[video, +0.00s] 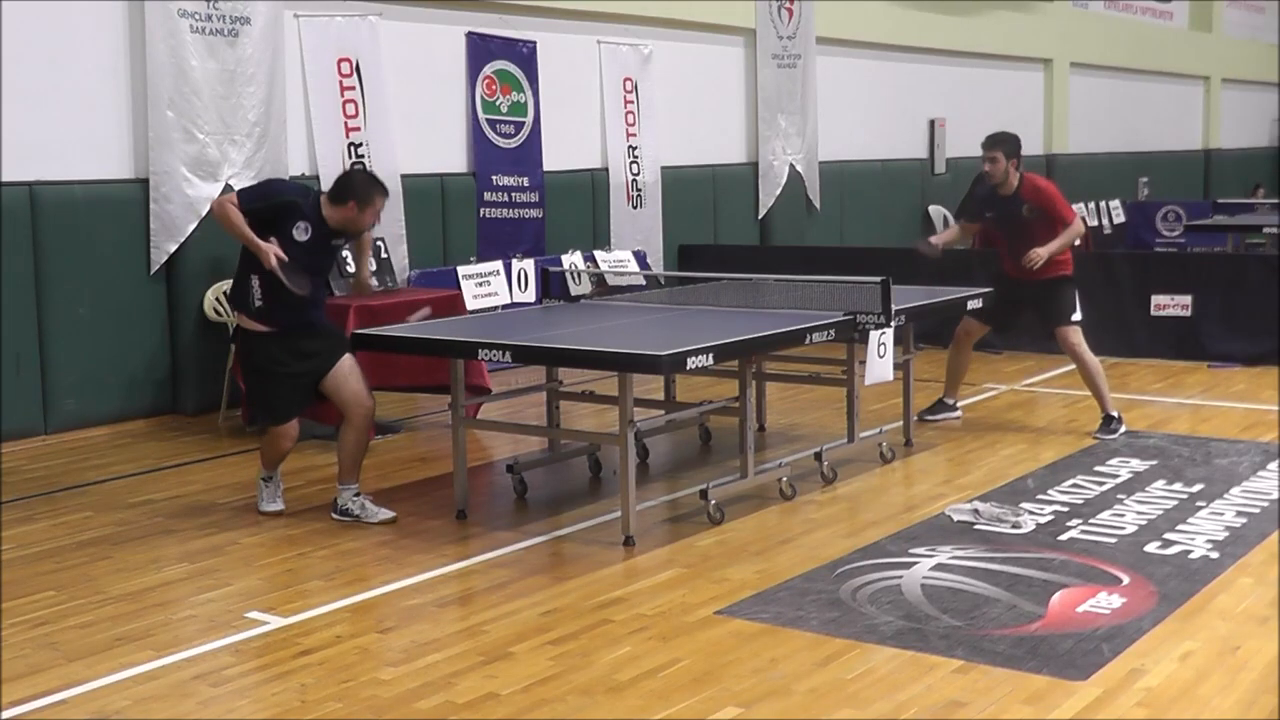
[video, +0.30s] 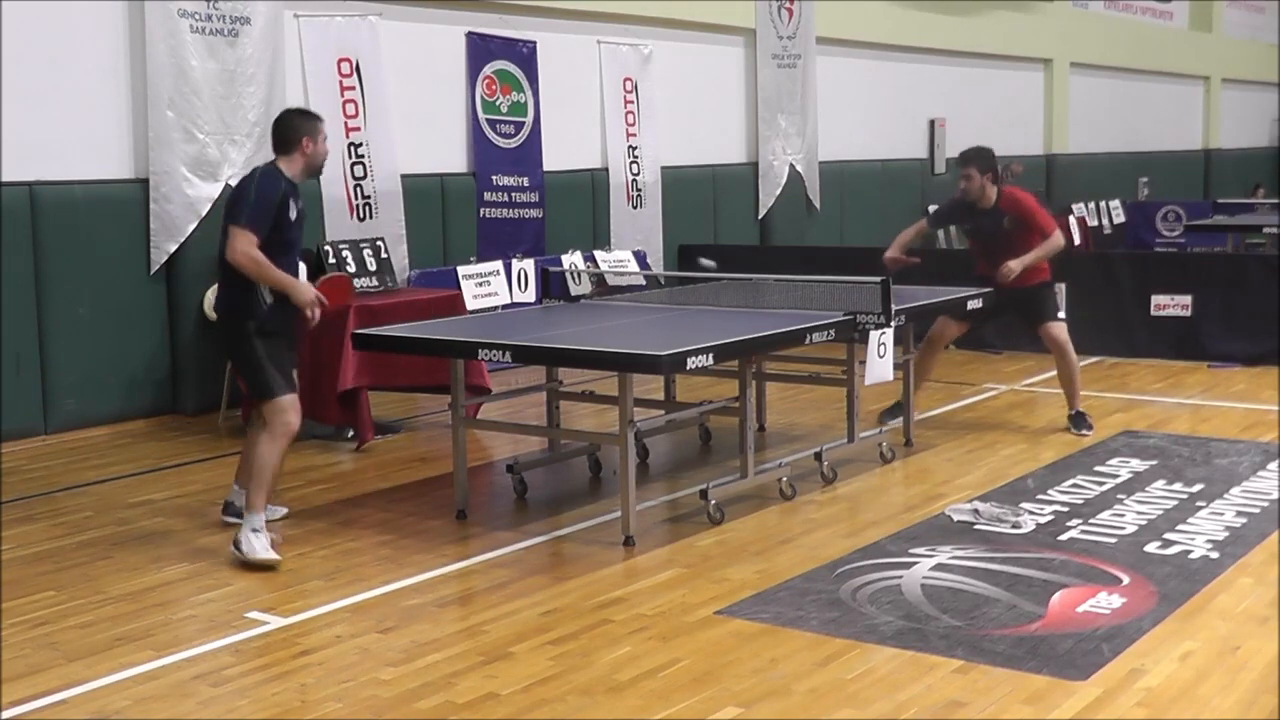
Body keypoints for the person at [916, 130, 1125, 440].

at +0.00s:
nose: (986, 167)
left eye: (993, 161)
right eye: (984, 161)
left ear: (1014, 162)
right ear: (984, 161)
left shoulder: (1041, 189)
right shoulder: (984, 192)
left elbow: (1077, 227)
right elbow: (965, 229)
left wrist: (1047, 250)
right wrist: (939, 239)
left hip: (1054, 281)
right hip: (1011, 281)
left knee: (1072, 341)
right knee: (964, 334)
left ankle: (1111, 415)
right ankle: (949, 401)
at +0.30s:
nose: (961, 186)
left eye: (967, 179)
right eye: (960, 179)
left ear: (988, 177)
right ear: (962, 178)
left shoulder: (1019, 202)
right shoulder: (961, 206)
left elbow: (1058, 240)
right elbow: (920, 229)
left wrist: (1022, 262)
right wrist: (893, 250)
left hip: (1033, 287)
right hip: (987, 286)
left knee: (1058, 338)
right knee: (937, 334)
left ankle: (1076, 411)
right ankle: (905, 403)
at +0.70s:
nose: (931, 186)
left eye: (937, 179)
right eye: (927, 180)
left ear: (954, 176)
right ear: (925, 181)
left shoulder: (982, 195)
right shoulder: (928, 208)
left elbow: (1022, 229)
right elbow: (896, 227)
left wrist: (1019, 271)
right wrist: (857, 233)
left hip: (1003, 286)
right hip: (959, 292)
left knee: (1043, 336)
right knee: (916, 332)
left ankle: (1073, 410)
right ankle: (896, 403)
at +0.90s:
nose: (953, 157)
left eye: (959, 150)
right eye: (950, 150)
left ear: (977, 148)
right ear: (948, 151)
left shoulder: (1004, 172)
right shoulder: (948, 185)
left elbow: (1056, 182)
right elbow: (915, 226)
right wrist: (892, 225)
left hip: (1018, 271)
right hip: (974, 272)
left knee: (1044, 332)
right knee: (931, 329)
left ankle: (1077, 402)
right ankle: (929, 396)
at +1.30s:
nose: (998, 165)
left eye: (1003, 157)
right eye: (995, 159)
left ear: (1023, 154)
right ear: (995, 159)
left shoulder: (1049, 178)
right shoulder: (1005, 195)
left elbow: (1052, 228)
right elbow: (1004, 248)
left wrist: (1012, 233)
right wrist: (979, 281)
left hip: (1081, 270)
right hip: (1038, 273)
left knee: (1108, 332)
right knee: (1002, 331)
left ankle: (1130, 395)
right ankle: (982, 388)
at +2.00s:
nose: (1166, 163)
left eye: (1173, 157)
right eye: (1164, 156)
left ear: (1192, 154)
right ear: (1161, 154)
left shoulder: (1213, 189)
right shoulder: (1154, 181)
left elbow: (1238, 233)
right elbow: (1107, 195)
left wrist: (1237, 268)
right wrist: (1105, 168)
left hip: (1188, 280)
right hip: (1141, 277)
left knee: (1215, 330)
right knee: (1089, 332)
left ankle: (1234, 408)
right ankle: (1080, 388)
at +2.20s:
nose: (1146, 149)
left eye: (1152, 142)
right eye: (1144, 142)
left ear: (1172, 142)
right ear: (1146, 144)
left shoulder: (1201, 175)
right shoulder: (1147, 182)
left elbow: (1234, 214)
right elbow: (1123, 226)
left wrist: (1201, 242)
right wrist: (1091, 228)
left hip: (1205, 267)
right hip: (1165, 265)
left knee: (1213, 330)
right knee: (1117, 321)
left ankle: (1253, 397)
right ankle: (1128, 378)